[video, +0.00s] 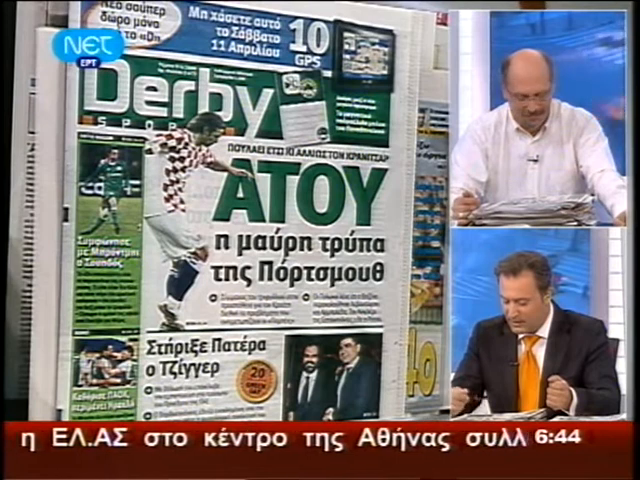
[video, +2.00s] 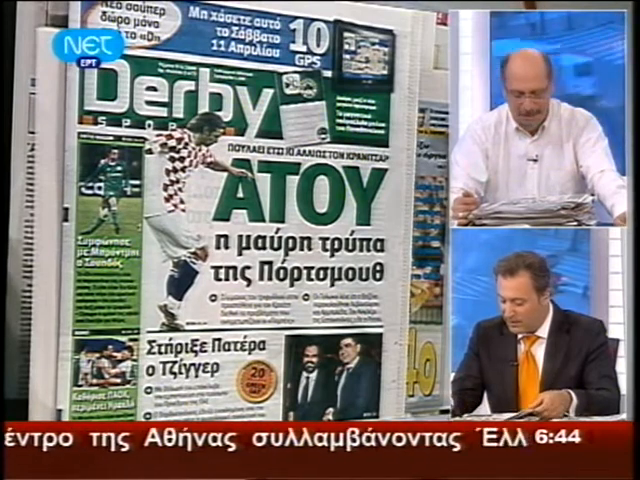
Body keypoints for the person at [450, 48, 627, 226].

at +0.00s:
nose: (533, 107)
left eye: (541, 96)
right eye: (522, 98)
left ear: (552, 87)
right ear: (505, 91)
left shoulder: (580, 124)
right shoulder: (482, 131)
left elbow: (604, 174)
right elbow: (462, 189)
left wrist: (624, 211)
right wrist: (463, 208)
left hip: (567, 246)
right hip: (499, 245)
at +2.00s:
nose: (528, 106)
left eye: (537, 95)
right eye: (518, 95)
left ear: (551, 86)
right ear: (505, 89)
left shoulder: (580, 124)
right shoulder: (482, 131)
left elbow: (604, 174)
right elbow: (462, 187)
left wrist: (624, 212)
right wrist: (462, 208)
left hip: (567, 244)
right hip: (499, 244)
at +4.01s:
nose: (550, 96)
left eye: (554, 84)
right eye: (537, 88)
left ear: (560, 81)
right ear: (512, 90)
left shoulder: (581, 124)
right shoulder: (484, 130)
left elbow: (604, 173)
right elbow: (463, 186)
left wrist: (624, 209)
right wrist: (463, 207)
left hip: (568, 245)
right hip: (500, 245)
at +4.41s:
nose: (547, 97)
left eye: (552, 85)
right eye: (534, 88)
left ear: (558, 81)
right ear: (510, 89)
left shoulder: (581, 123)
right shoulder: (484, 130)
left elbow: (604, 173)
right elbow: (464, 187)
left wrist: (624, 210)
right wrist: (463, 208)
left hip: (569, 244)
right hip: (501, 245)